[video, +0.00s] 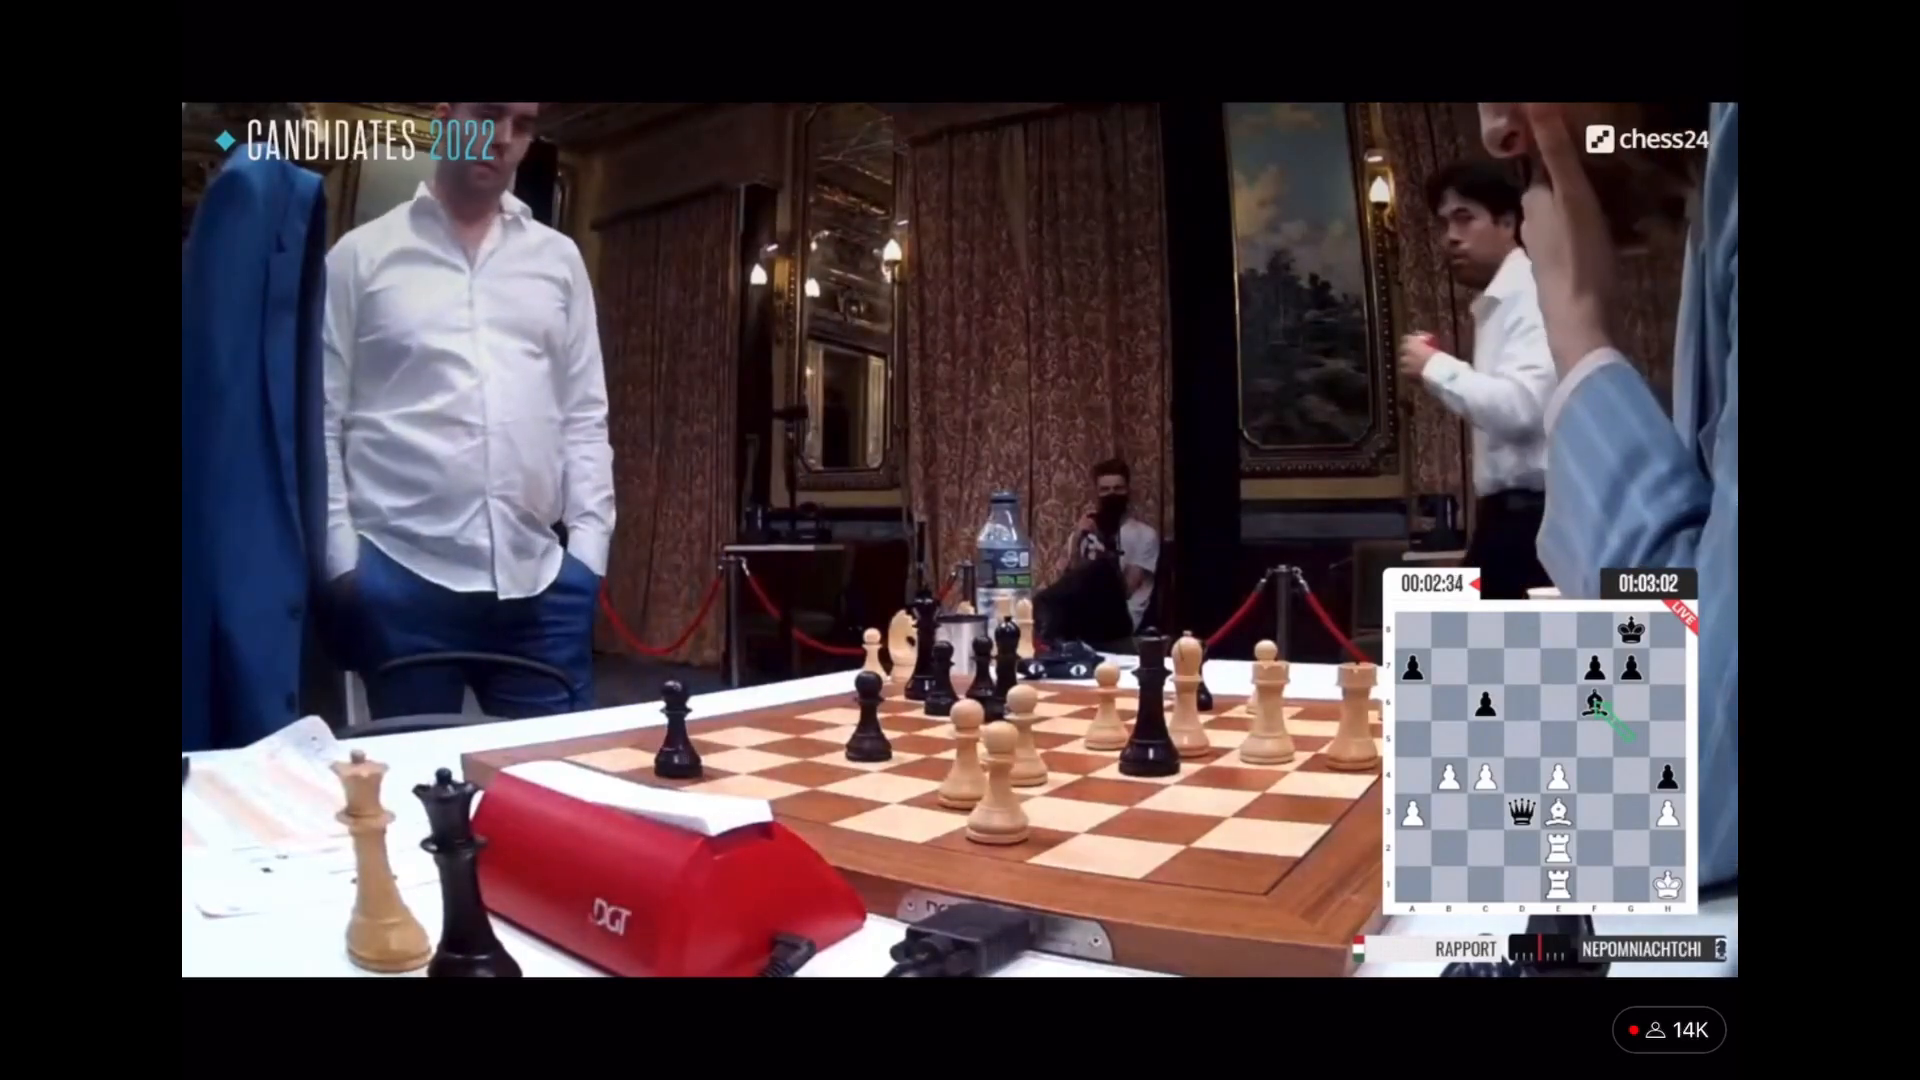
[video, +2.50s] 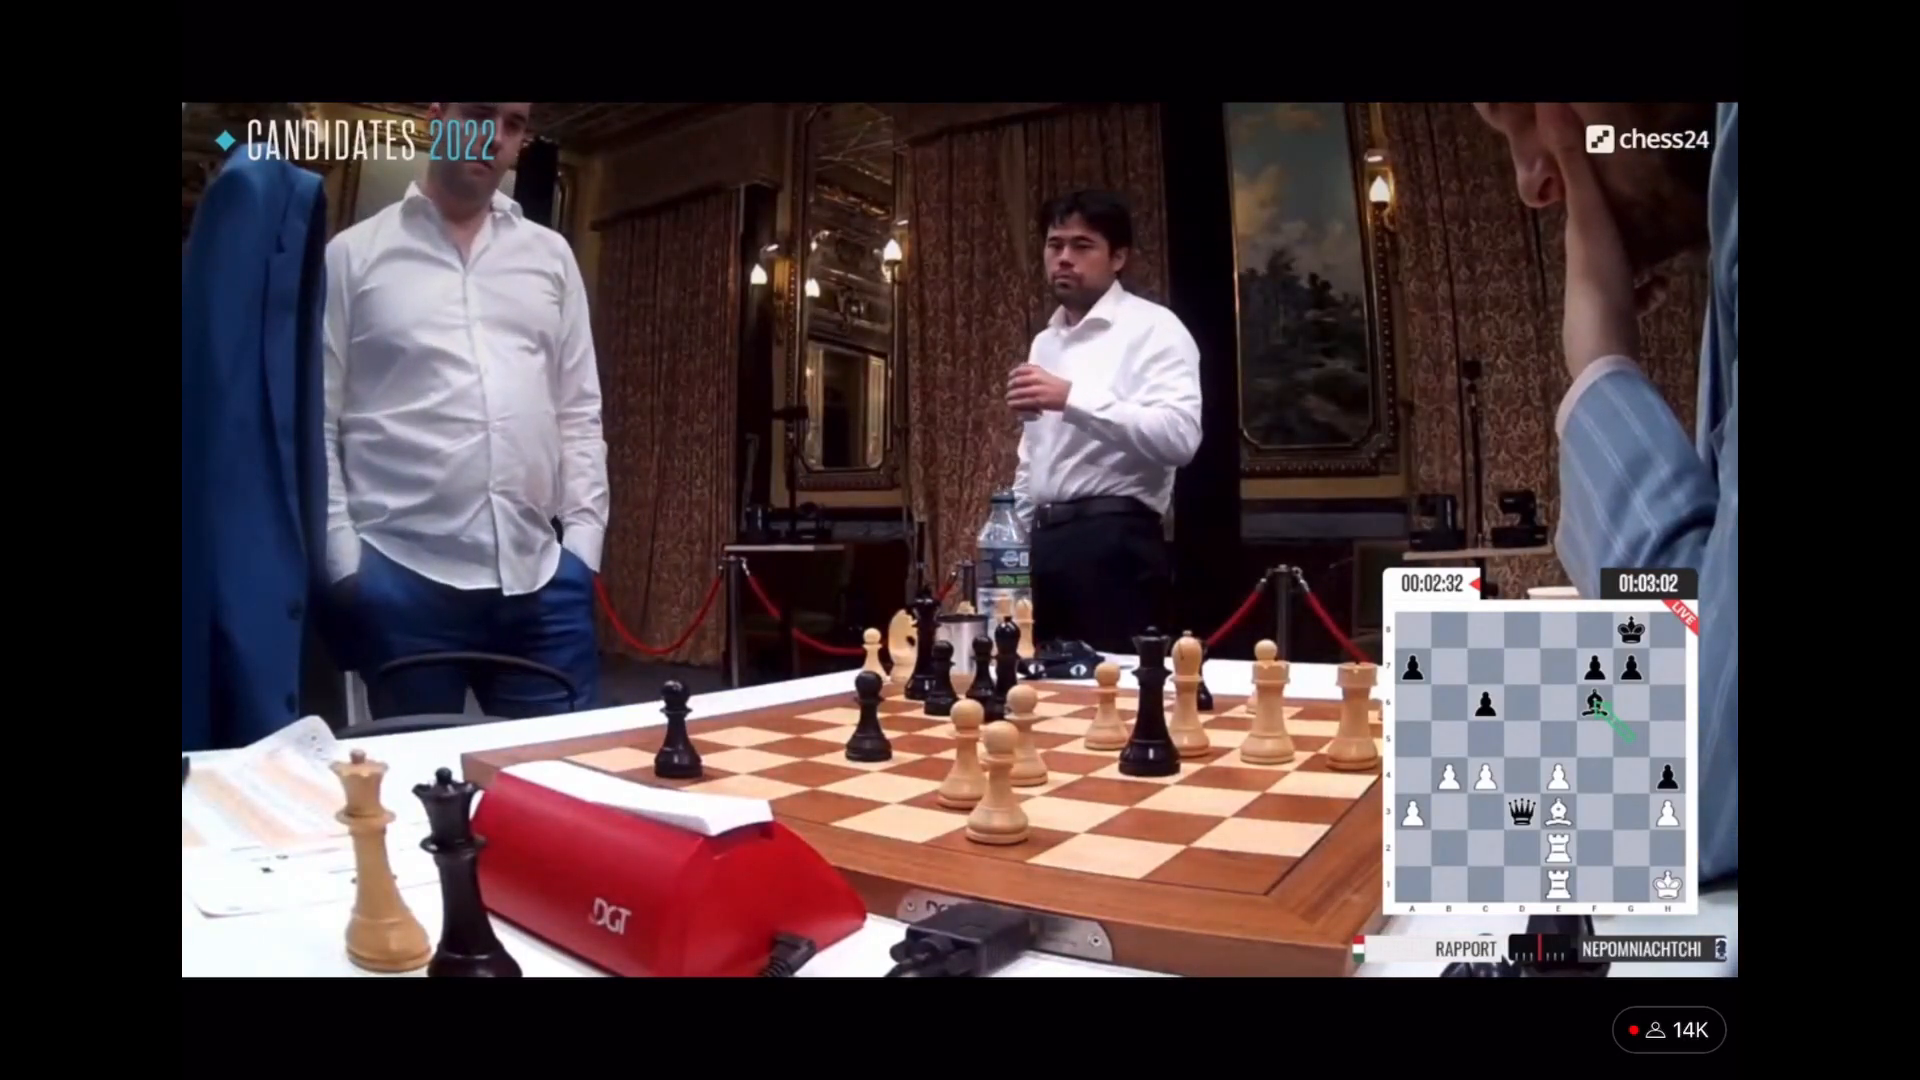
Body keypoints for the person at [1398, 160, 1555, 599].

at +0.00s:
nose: (1450, 237)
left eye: (1464, 219)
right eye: (1444, 224)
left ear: (1507, 223)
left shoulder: (1529, 295)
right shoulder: (1502, 297)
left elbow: (1523, 408)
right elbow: (1512, 406)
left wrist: (1434, 367)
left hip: (1529, 513)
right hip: (1504, 510)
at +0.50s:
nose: (1268, 243)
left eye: (1286, 229)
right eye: (1262, 230)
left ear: (1325, 241)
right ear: (1255, 237)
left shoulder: (1359, 310)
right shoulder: (1290, 319)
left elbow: (1358, 416)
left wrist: (1257, 379)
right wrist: (1254, 377)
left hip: (1331, 523)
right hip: (1294, 517)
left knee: (1234, 661)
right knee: (1312, 671)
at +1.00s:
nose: (1136, 254)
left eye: (1156, 241)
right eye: (1131, 240)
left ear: (1195, 255)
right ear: (1120, 247)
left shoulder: (1212, 323)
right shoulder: (1164, 323)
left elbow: (1198, 430)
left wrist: (1105, 384)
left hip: (1176, 537)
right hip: (1140, 531)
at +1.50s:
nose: (1096, 253)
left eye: (1115, 242)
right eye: (1087, 239)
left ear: (1147, 259)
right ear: (1073, 249)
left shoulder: (1181, 329)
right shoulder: (1063, 339)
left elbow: (1199, 435)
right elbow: (1038, 454)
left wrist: (1092, 389)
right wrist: (1030, 542)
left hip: (1134, 531)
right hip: (1060, 532)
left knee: (1137, 690)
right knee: (1064, 690)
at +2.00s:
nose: (1071, 258)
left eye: (1089, 246)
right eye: (1061, 244)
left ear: (1121, 259)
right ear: (1048, 253)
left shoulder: (1161, 330)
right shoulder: (1036, 343)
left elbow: (1190, 437)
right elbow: (1017, 460)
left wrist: (1084, 395)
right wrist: (1000, 546)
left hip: (1120, 534)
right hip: (1044, 536)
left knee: (1124, 691)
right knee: (1050, 693)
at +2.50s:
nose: (1064, 259)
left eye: (1082, 246)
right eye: (1055, 245)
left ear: (1118, 258)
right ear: (1044, 253)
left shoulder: (1158, 330)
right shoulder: (1045, 343)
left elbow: (1179, 437)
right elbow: (1031, 453)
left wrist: (1071, 396)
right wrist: (1016, 532)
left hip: (1119, 534)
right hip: (1049, 534)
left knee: (1122, 692)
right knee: (1055, 693)